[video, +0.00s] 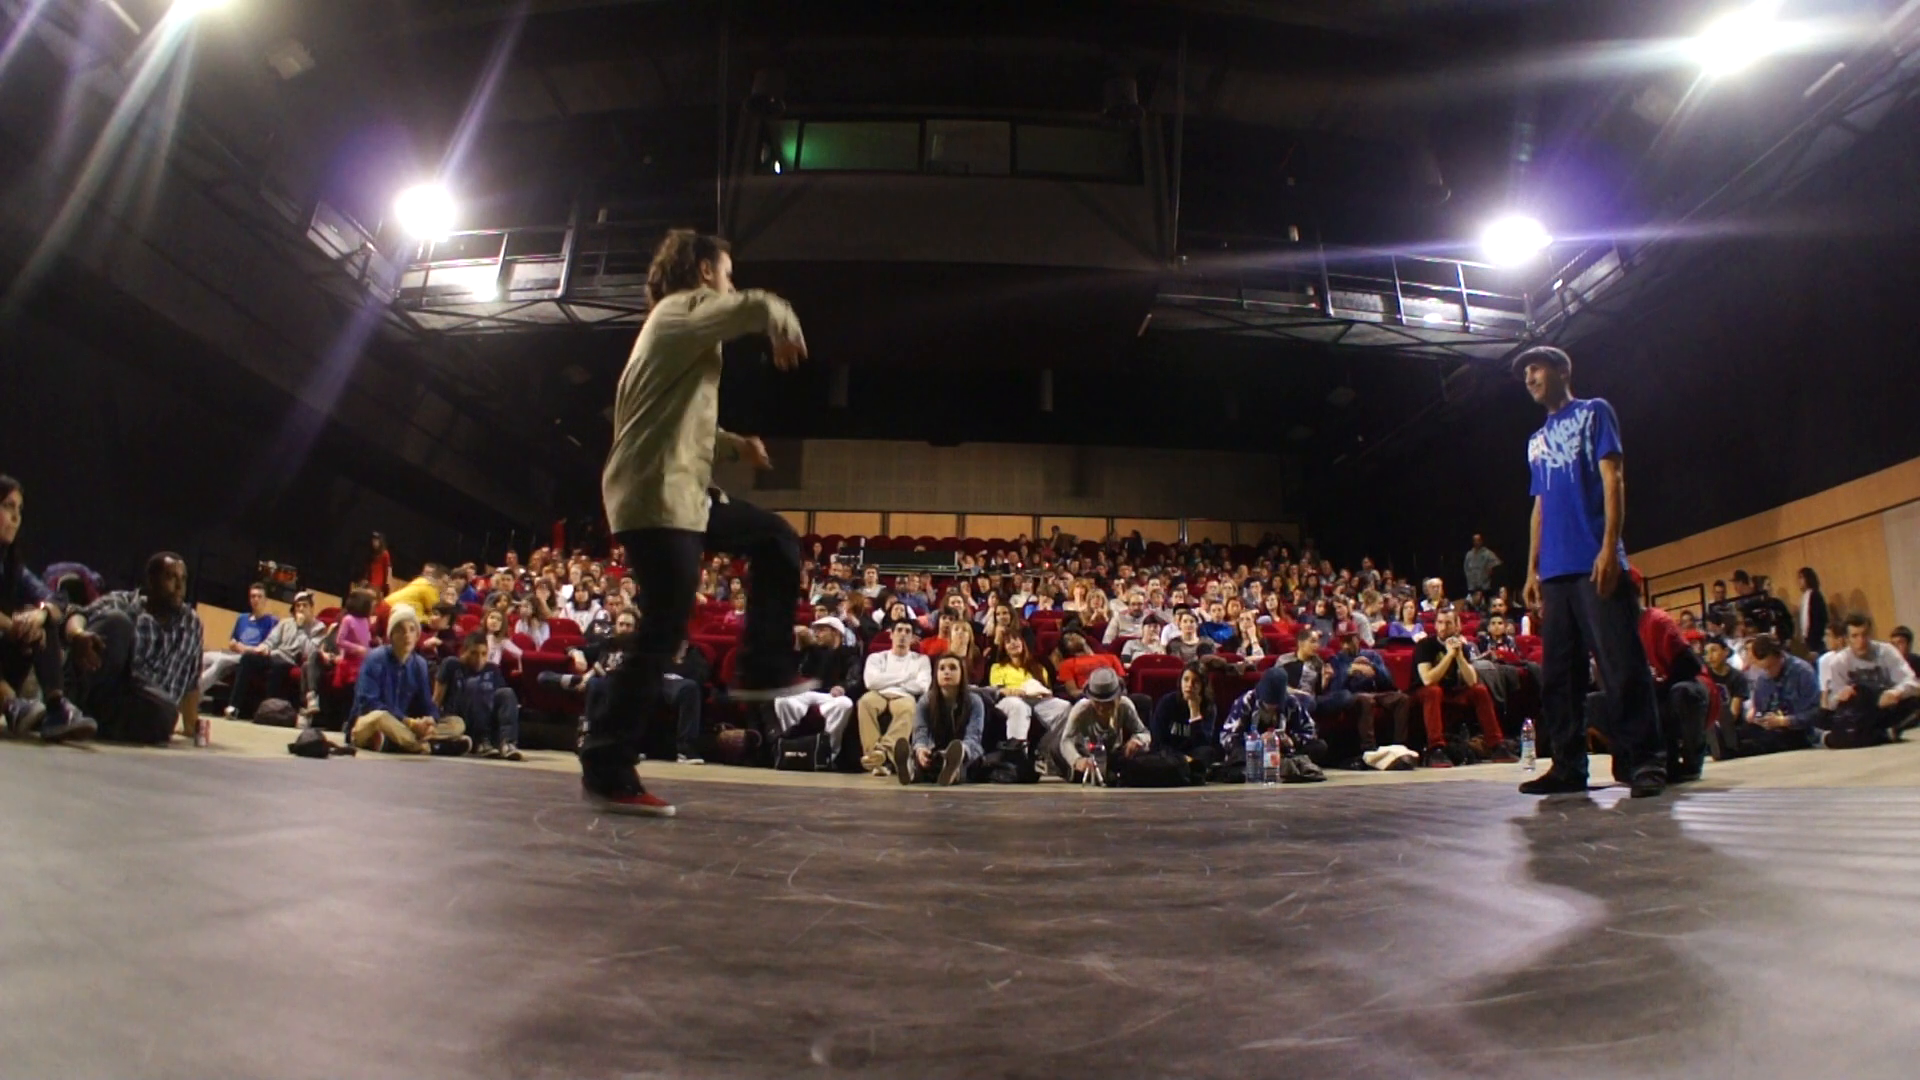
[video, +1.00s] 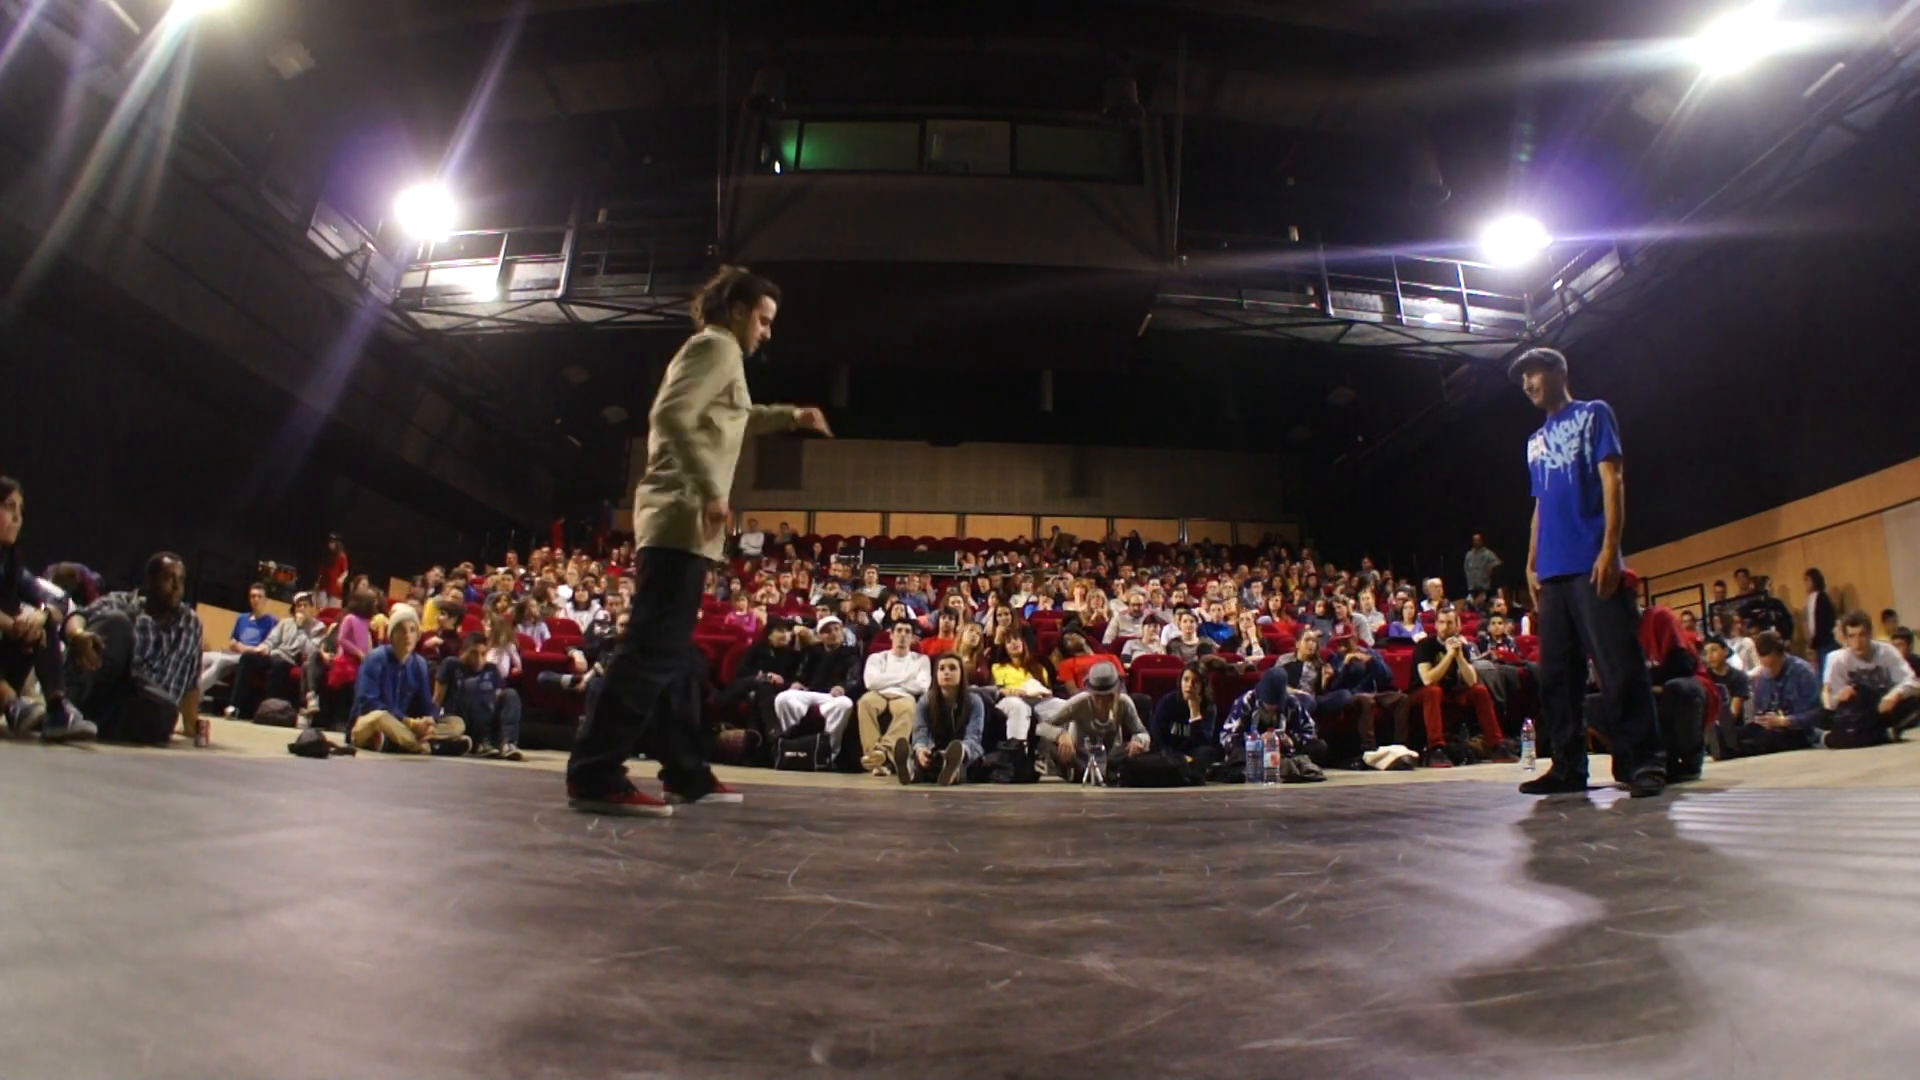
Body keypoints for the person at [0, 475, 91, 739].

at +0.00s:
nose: (15, 517)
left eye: (19, 509)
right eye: (8, 507)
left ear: (21, 515)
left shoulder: (12, 565)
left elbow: (57, 604)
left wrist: (41, 613)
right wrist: (13, 624)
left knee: (44, 625)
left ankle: (56, 706)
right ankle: (10, 702)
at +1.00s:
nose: (17, 517)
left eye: (19, 509)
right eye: (9, 507)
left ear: (22, 515)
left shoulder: (12, 569)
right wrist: (13, 624)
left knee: (44, 621)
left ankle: (57, 709)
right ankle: (12, 703)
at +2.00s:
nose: (19, 518)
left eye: (21, 510)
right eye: (12, 508)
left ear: (20, 516)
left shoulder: (11, 560)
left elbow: (48, 604)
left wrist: (42, 613)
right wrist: (12, 624)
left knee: (47, 622)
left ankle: (57, 708)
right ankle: (12, 704)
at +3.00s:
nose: (18, 517)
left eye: (20, 509)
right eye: (11, 507)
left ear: (21, 513)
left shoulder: (12, 565)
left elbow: (56, 608)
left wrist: (42, 614)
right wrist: (11, 624)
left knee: (45, 624)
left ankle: (58, 709)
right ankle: (11, 704)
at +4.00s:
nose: (14, 516)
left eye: (18, 508)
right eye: (7, 506)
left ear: (20, 516)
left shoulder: (12, 566)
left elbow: (58, 609)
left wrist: (43, 614)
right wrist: (10, 623)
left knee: (46, 624)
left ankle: (57, 709)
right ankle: (12, 705)